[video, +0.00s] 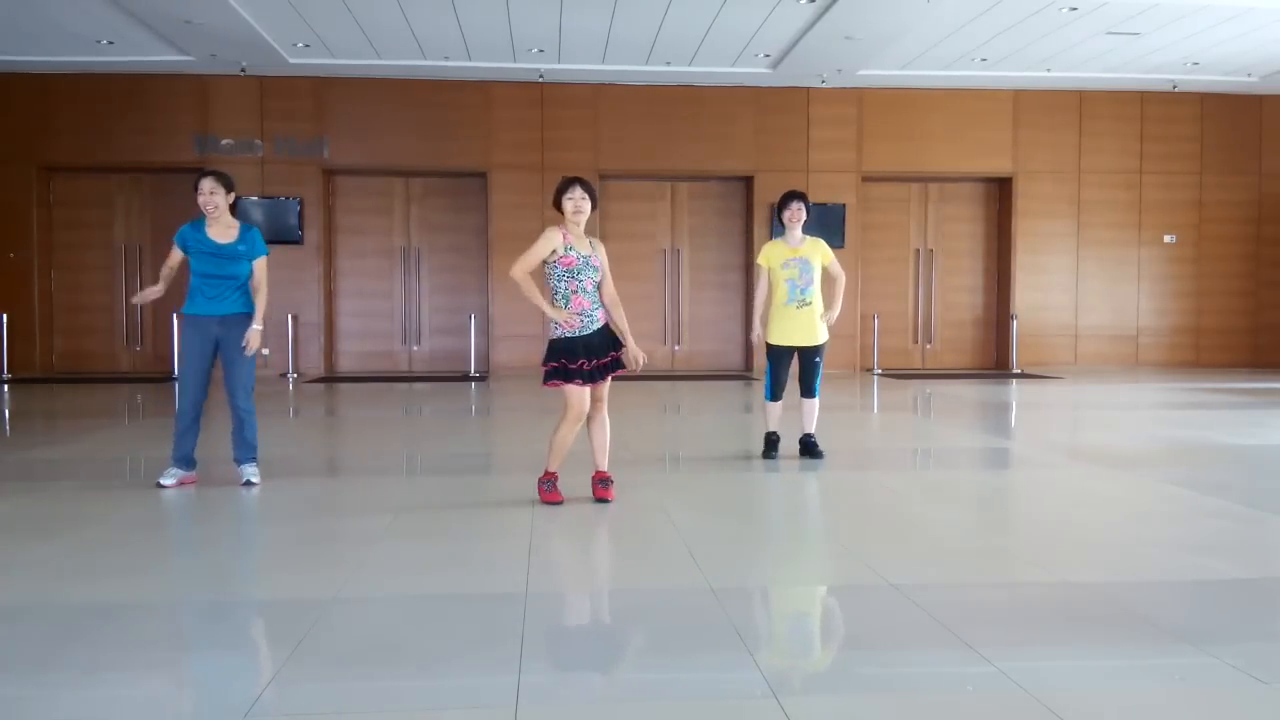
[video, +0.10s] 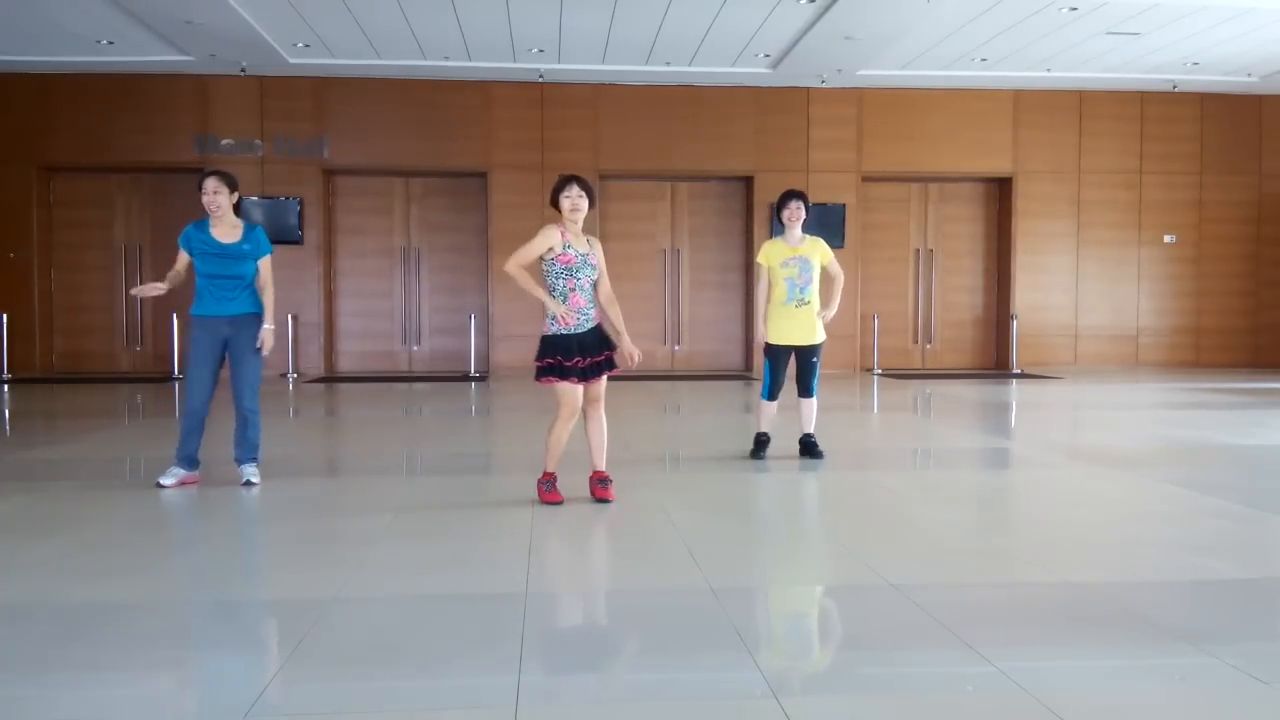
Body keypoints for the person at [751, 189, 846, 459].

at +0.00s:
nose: (794, 214)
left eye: (799, 209)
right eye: (789, 209)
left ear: (806, 214)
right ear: (781, 214)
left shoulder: (818, 246)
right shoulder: (769, 249)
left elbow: (839, 275)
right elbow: (761, 288)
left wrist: (835, 309)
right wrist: (756, 324)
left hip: (812, 328)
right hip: (779, 328)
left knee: (810, 388)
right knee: (775, 388)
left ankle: (808, 438)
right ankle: (771, 437)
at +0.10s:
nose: (793, 213)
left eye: (798, 208)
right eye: (788, 208)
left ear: (805, 213)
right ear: (780, 213)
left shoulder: (817, 245)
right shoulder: (769, 248)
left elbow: (838, 274)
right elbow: (762, 287)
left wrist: (832, 308)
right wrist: (760, 325)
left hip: (810, 327)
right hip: (778, 327)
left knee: (808, 388)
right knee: (771, 387)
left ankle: (808, 439)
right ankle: (762, 438)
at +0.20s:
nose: (791, 213)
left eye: (796, 208)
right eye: (786, 208)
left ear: (803, 214)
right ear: (778, 213)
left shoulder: (815, 246)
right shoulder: (767, 247)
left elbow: (834, 279)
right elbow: (760, 288)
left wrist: (825, 310)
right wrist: (756, 325)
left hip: (804, 327)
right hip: (772, 327)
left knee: (805, 388)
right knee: (767, 387)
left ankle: (807, 439)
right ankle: (757, 439)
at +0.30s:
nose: (789, 213)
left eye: (794, 208)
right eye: (784, 209)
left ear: (801, 214)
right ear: (776, 215)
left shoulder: (813, 248)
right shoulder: (765, 247)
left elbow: (828, 282)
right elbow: (755, 284)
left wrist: (818, 315)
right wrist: (747, 319)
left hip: (798, 328)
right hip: (765, 327)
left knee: (803, 388)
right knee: (763, 387)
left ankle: (807, 438)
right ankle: (757, 438)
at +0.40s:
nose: (787, 215)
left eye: (792, 210)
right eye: (782, 211)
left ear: (799, 216)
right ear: (774, 217)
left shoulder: (810, 251)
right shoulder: (762, 248)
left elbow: (824, 286)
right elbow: (750, 284)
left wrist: (814, 318)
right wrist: (741, 318)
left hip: (793, 328)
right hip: (760, 327)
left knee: (803, 387)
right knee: (760, 385)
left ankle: (807, 438)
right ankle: (756, 438)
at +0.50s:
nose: (786, 215)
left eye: (791, 211)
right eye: (781, 211)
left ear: (799, 216)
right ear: (773, 217)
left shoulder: (810, 251)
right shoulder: (762, 249)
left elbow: (823, 287)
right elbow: (749, 285)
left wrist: (814, 318)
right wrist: (737, 318)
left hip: (792, 329)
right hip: (758, 327)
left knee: (802, 388)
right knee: (758, 386)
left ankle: (806, 437)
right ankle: (756, 438)